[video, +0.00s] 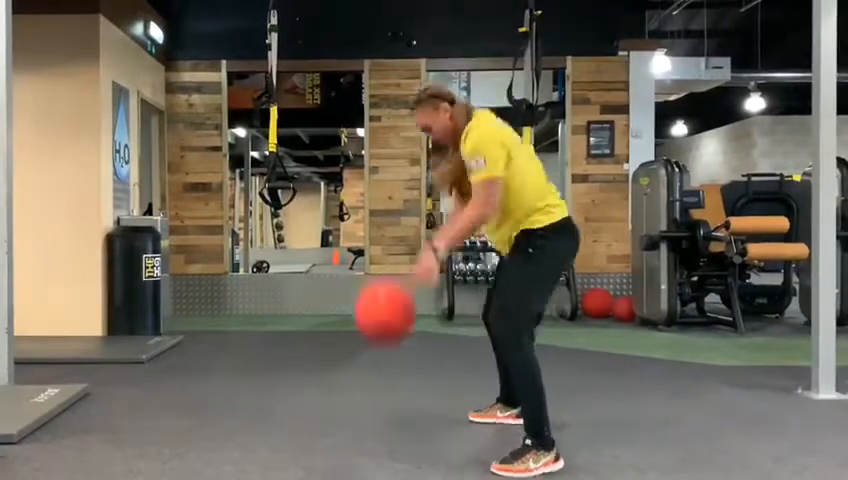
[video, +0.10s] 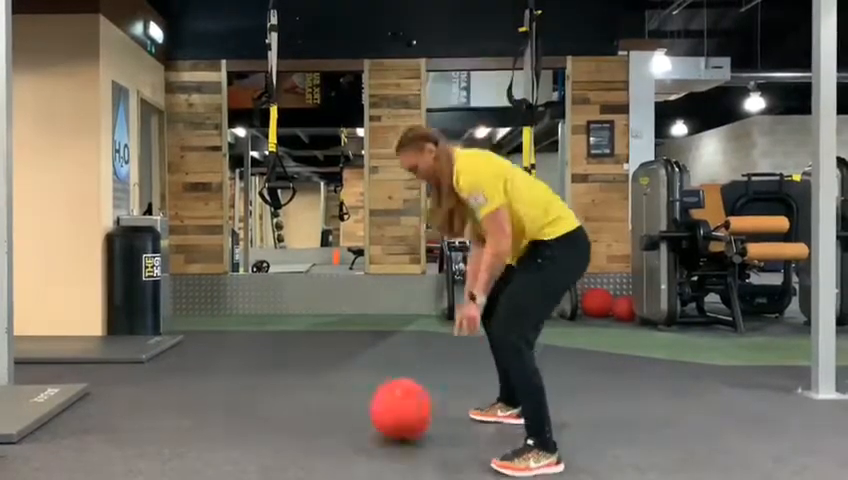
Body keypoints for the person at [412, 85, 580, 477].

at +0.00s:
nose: (430, 138)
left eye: (429, 128)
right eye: (426, 131)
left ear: (447, 111)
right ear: (446, 113)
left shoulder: (482, 134)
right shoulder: (470, 137)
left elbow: (485, 204)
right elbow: (468, 201)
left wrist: (438, 247)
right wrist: (440, 243)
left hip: (548, 235)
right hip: (528, 237)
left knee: (509, 324)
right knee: (495, 317)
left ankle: (541, 445)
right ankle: (512, 403)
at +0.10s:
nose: (416, 177)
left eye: (414, 168)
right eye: (411, 171)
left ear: (432, 150)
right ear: (428, 155)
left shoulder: (472, 171)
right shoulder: (456, 179)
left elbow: (501, 243)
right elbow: (479, 243)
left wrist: (477, 299)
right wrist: (471, 298)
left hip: (562, 244)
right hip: (535, 246)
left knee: (510, 331)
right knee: (494, 316)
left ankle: (543, 448)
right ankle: (511, 401)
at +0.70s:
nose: (375, 338)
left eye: (372, 331)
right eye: (370, 334)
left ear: (381, 314)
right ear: (381, 309)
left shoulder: (424, 310)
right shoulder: (409, 305)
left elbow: (449, 378)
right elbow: (439, 369)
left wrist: (448, 447)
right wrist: (442, 415)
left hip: (537, 267)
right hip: (521, 276)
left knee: (608, 345)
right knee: (581, 347)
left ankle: (741, 384)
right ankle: (673, 365)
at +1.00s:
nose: (385, 326)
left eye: (380, 320)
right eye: (378, 322)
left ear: (389, 301)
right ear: (392, 292)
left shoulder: (443, 304)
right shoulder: (432, 297)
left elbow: (456, 377)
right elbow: (448, 366)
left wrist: (451, 446)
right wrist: (440, 416)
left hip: (554, 343)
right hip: (550, 339)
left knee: (636, 405)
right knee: (628, 388)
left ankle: (756, 411)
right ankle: (712, 390)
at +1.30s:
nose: (403, 334)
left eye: (400, 326)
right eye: (396, 329)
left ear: (411, 306)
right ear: (409, 303)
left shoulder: (448, 304)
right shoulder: (434, 296)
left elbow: (457, 379)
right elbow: (446, 366)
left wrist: (449, 447)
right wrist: (440, 417)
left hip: (549, 232)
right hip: (525, 236)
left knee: (531, 330)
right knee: (505, 320)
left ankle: (619, 411)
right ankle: (565, 385)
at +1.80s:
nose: (402, 214)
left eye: (403, 205)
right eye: (399, 207)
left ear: (426, 195)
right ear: (426, 196)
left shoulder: (452, 232)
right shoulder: (448, 223)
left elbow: (484, 298)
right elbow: (475, 298)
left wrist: (455, 353)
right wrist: (457, 349)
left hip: (551, 287)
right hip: (537, 282)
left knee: (482, 340)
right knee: (468, 320)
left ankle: (527, 451)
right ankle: (496, 406)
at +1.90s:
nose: (418, 168)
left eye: (420, 159)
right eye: (415, 161)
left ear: (444, 148)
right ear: (440, 151)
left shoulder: (466, 186)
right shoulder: (454, 185)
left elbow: (486, 259)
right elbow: (468, 251)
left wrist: (436, 293)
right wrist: (440, 289)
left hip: (547, 264)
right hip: (523, 264)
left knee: (487, 338)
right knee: (467, 317)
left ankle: (527, 450)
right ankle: (497, 406)